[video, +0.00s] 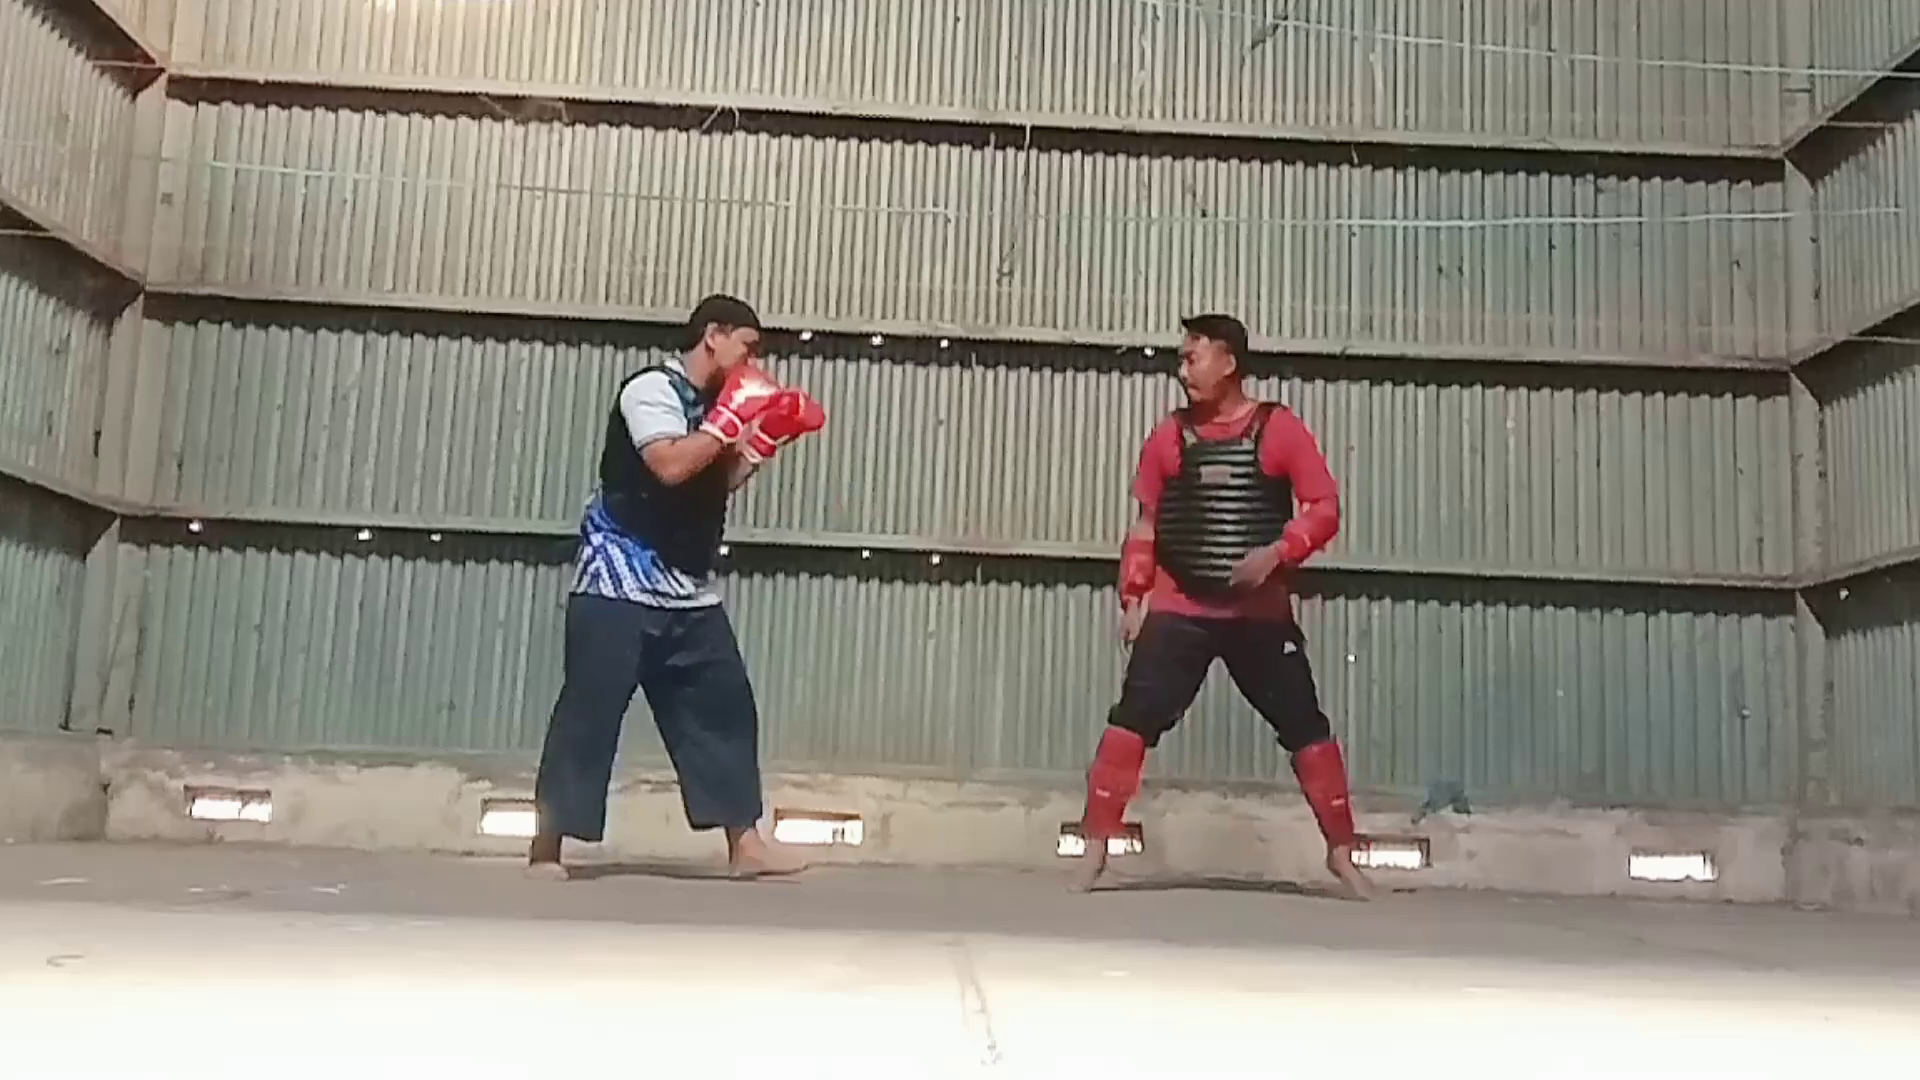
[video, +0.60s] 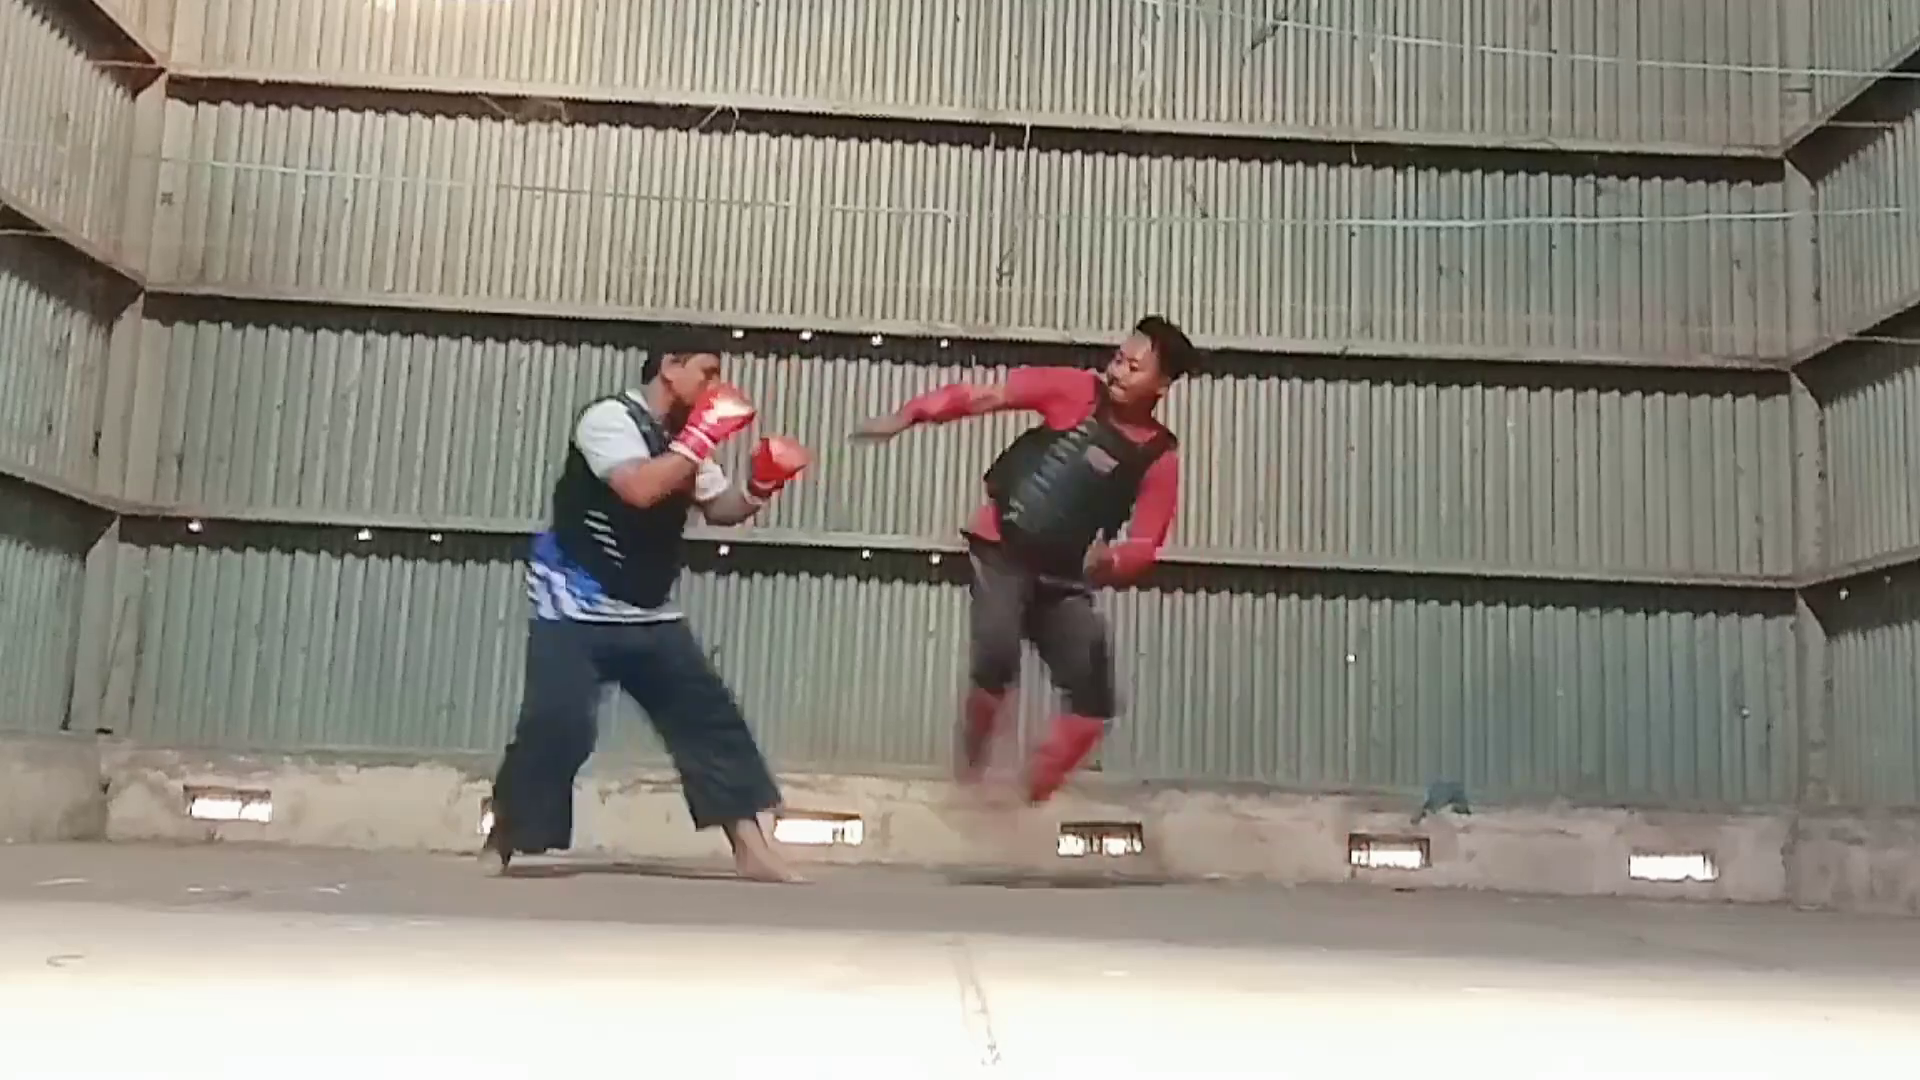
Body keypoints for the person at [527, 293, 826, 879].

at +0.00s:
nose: (753, 359)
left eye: (757, 350)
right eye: (748, 346)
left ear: (720, 340)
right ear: (714, 336)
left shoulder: (719, 406)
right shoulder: (648, 389)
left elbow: (715, 487)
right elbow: (670, 465)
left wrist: (759, 445)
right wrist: (731, 417)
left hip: (689, 586)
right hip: (618, 579)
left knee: (724, 703)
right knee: (590, 703)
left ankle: (747, 845)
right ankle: (547, 846)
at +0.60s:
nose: (715, 386)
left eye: (717, 376)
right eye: (707, 373)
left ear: (685, 372)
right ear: (669, 368)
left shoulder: (686, 442)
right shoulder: (605, 419)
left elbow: (719, 509)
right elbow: (639, 487)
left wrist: (759, 486)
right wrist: (702, 435)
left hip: (648, 615)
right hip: (572, 610)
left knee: (706, 713)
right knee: (559, 724)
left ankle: (753, 849)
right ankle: (509, 838)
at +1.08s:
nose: (555, 414)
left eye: (557, 403)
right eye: (547, 401)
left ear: (515, 396)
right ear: (507, 393)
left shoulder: (544, 443)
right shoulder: (429, 448)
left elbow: (577, 483)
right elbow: (417, 535)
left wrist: (616, 508)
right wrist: (494, 503)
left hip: (512, 621)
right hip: (424, 620)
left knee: (574, 700)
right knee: (386, 718)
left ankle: (585, 843)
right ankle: (310, 832)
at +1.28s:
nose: (616, 395)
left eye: (620, 385)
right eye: (612, 382)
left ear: (584, 376)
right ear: (575, 373)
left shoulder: (597, 435)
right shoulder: (501, 422)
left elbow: (630, 503)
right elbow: (529, 493)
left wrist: (666, 459)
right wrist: (595, 442)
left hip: (560, 618)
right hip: (475, 616)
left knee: (621, 704)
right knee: (412, 724)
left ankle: (637, 847)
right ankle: (321, 834)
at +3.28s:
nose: (827, 400)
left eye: (829, 389)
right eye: (823, 387)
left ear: (798, 385)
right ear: (792, 381)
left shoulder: (783, 448)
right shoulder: (731, 426)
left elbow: (787, 519)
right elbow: (766, 495)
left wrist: (840, 480)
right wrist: (818, 460)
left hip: (738, 624)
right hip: (671, 616)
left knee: (780, 714)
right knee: (613, 715)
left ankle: (766, 849)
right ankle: (516, 828)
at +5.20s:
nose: (1017, 441)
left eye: (1025, 433)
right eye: (1009, 429)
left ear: (1033, 437)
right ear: (984, 423)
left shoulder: (1029, 480)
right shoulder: (939, 461)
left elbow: (1063, 537)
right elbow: (933, 516)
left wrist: (1066, 490)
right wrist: (985, 471)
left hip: (995, 623)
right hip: (929, 619)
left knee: (1032, 711)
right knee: (916, 732)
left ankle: (1044, 841)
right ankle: (917, 844)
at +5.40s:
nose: (1024, 427)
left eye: (1033, 420)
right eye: (1016, 415)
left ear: (1040, 426)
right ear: (991, 412)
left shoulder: (1038, 476)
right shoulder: (947, 455)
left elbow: (1060, 542)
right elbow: (936, 520)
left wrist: (1066, 500)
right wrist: (992, 477)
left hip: (1000, 629)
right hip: (929, 622)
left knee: (1030, 718)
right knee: (882, 714)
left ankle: (1025, 842)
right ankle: (880, 831)